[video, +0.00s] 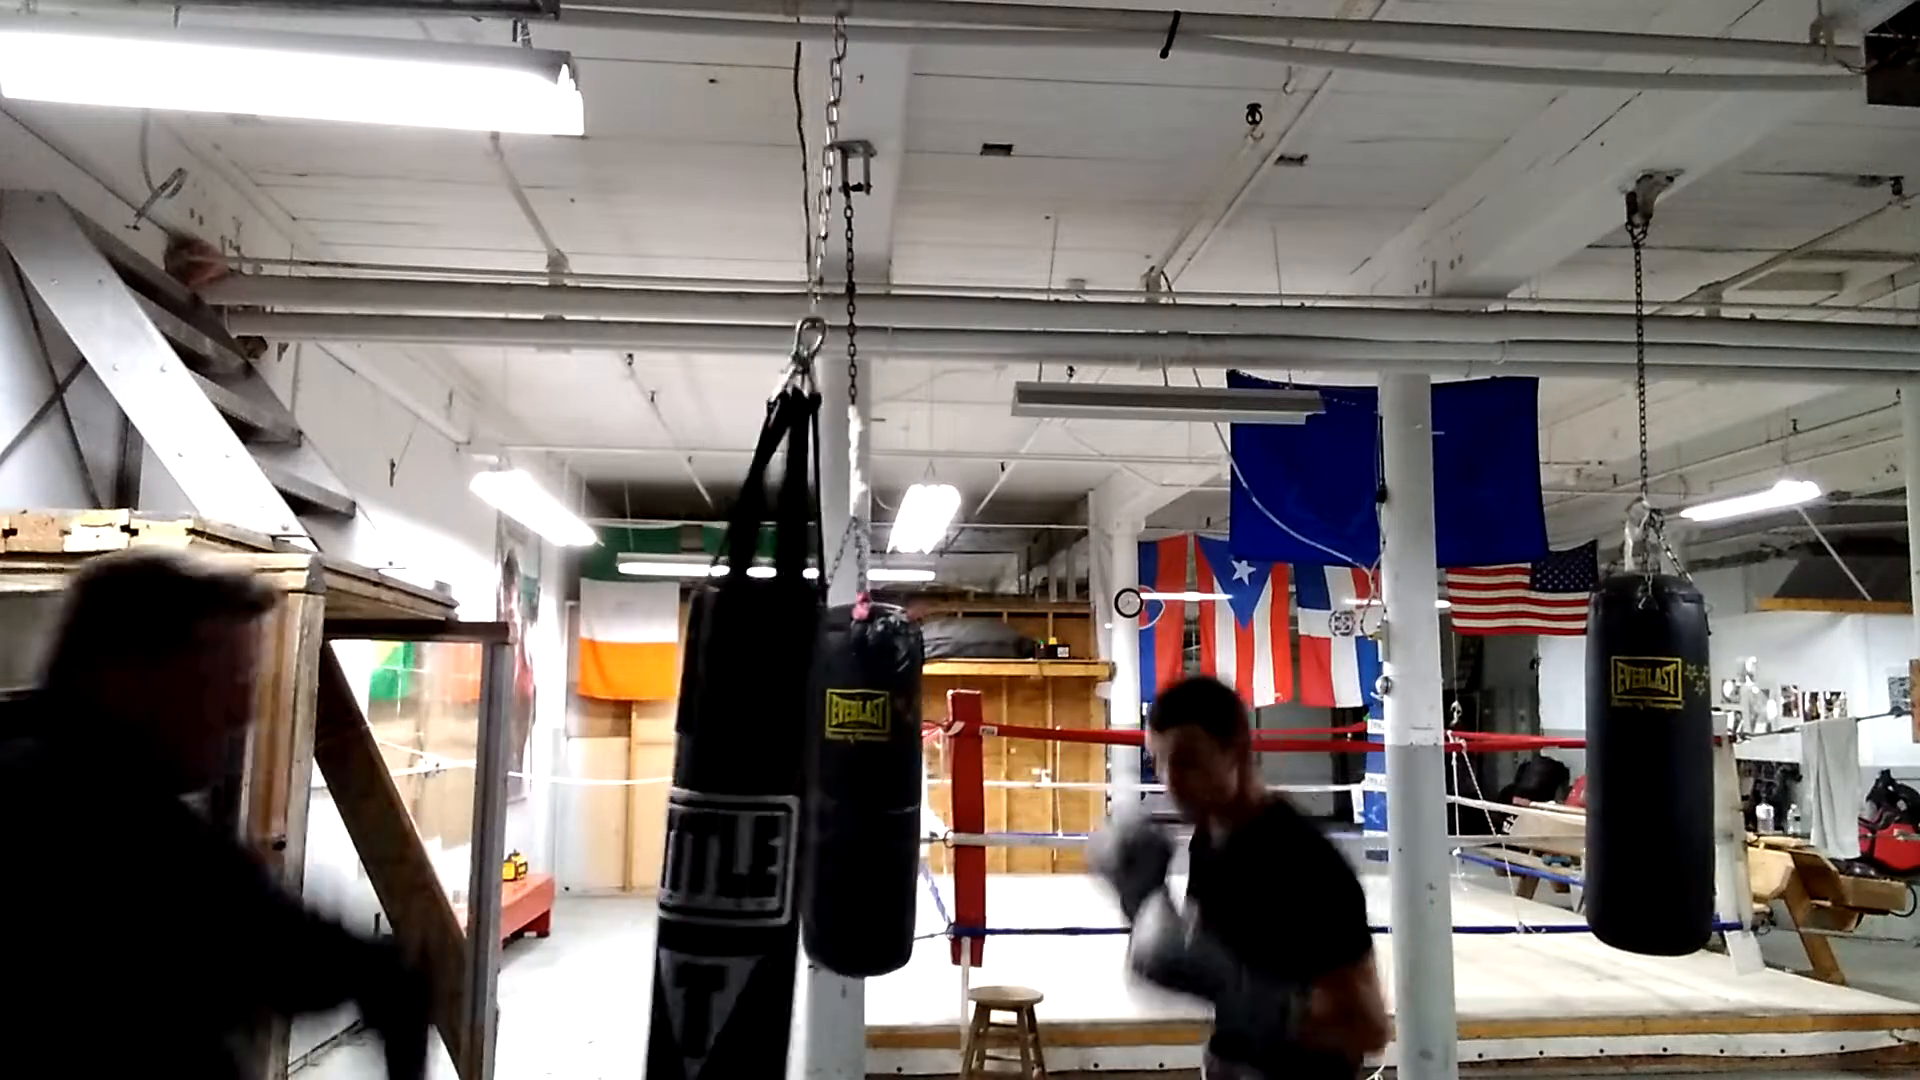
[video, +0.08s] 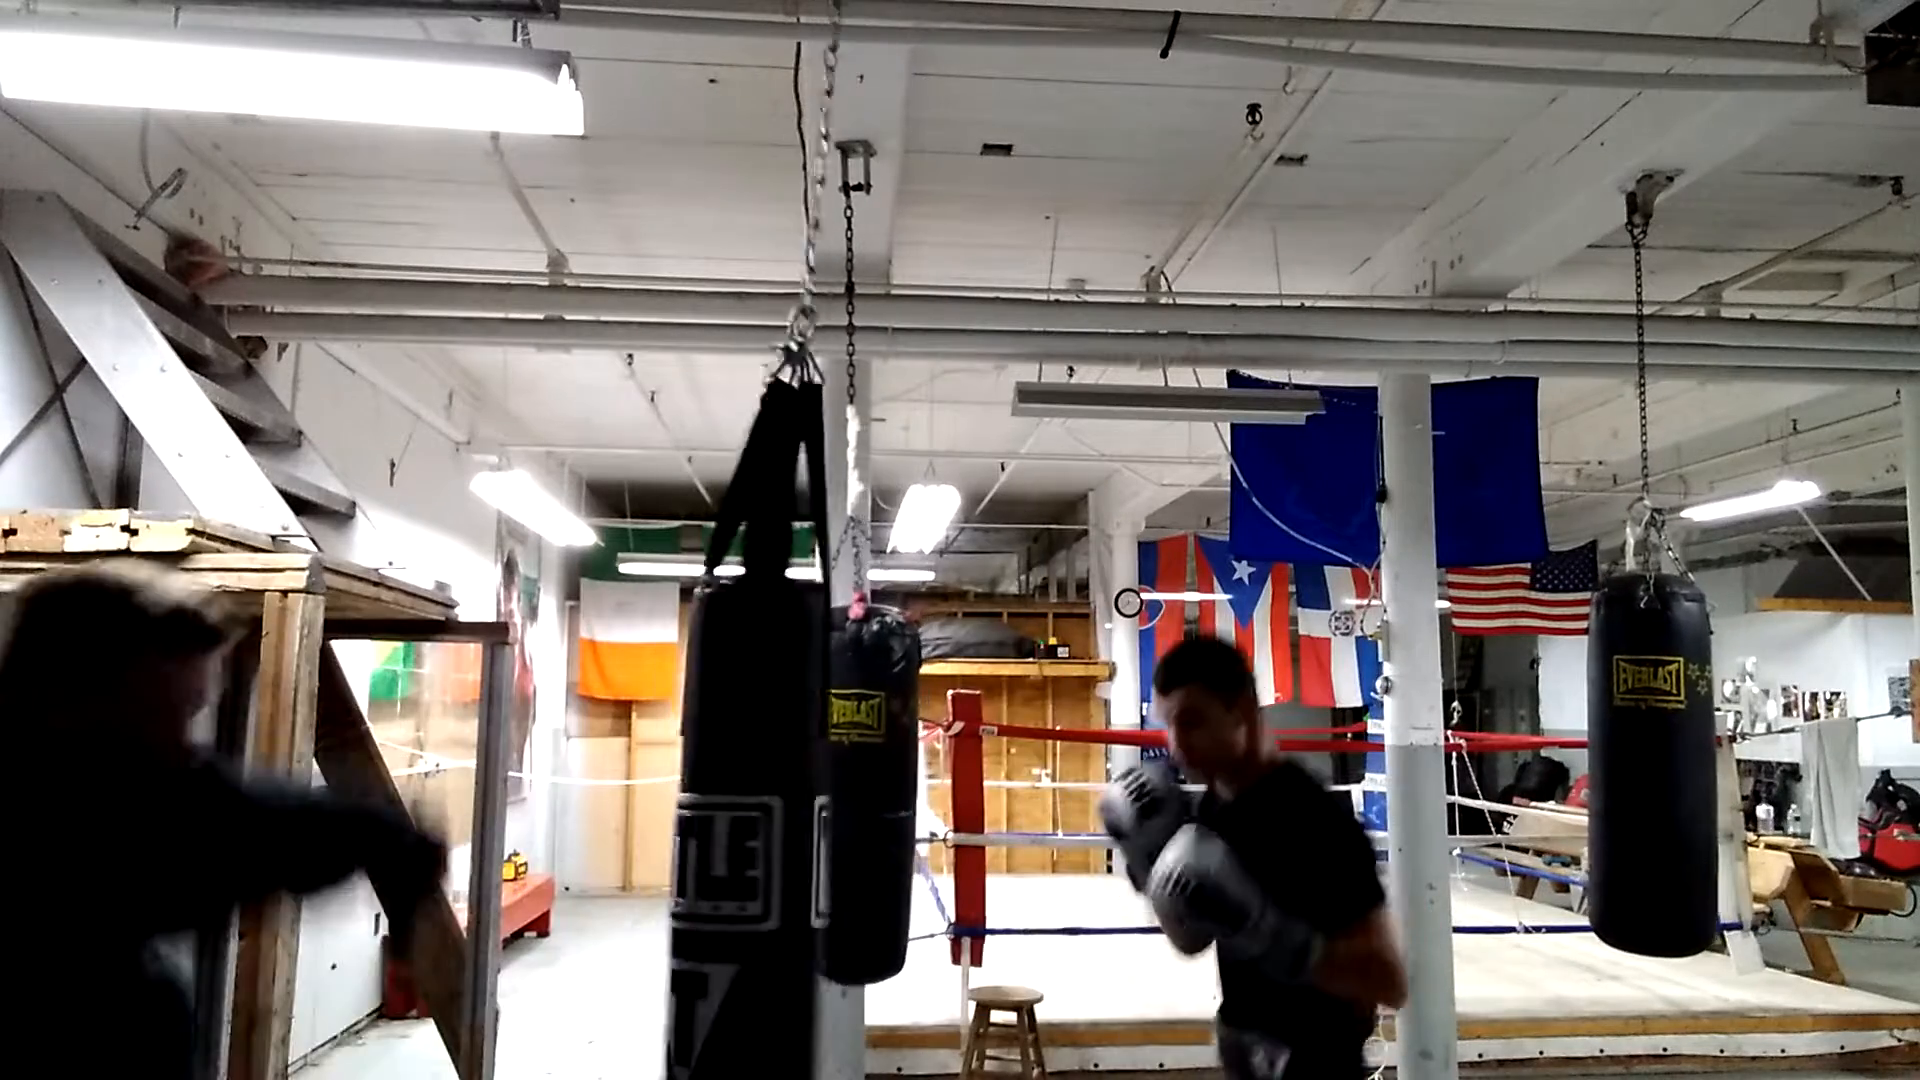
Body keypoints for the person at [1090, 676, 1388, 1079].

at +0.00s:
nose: (1168, 781)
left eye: (1184, 761)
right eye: (1159, 763)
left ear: (1235, 751)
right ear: (1152, 759)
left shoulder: (1305, 857)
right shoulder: (1211, 838)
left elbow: (1367, 1026)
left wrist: (1221, 982)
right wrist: (1145, 897)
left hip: (1307, 1074)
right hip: (1232, 1060)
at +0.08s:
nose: (1176, 744)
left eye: (1191, 722)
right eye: (1168, 725)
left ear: (1243, 711)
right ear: (1159, 723)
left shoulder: (1315, 812)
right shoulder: (1213, 807)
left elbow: (1388, 980)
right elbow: (1190, 938)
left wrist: (1255, 918)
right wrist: (1150, 850)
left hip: (1321, 1050)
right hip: (1246, 1037)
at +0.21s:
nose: (1192, 737)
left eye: (1212, 715)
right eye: (1183, 719)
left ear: (1266, 704)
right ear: (1178, 715)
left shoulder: (1349, 814)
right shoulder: (1223, 810)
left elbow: (1430, 979)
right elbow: (1196, 947)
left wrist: (1291, 923)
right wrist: (1167, 864)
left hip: (1346, 1058)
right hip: (1267, 1050)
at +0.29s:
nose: (1206, 767)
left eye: (1223, 745)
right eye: (1196, 748)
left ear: (1278, 732)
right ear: (1187, 742)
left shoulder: (1377, 855)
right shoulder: (1245, 848)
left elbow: (1446, 1013)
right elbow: (1214, 983)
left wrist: (1278, 968)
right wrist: (1195, 902)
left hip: (1377, 1076)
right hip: (1284, 1066)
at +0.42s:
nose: (1212, 788)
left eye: (1226, 765)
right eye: (1204, 770)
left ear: (1291, 756)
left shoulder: (1383, 871)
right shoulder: (1292, 860)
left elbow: (1467, 1041)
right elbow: (1329, 1005)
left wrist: (1331, 1052)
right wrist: (1249, 976)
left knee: (1235, 1032)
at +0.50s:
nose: (1210, 799)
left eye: (1227, 775)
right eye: (1204, 779)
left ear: (1294, 758)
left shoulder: (1380, 863)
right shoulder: (1317, 864)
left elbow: (1484, 1043)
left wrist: (1326, 1030)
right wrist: (1255, 937)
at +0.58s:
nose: (1239, 816)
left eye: (1252, 790)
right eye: (1229, 796)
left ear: (1317, 764)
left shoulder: (1397, 862)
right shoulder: (1347, 862)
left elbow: (1478, 1048)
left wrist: (1319, 1027)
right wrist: (1262, 914)